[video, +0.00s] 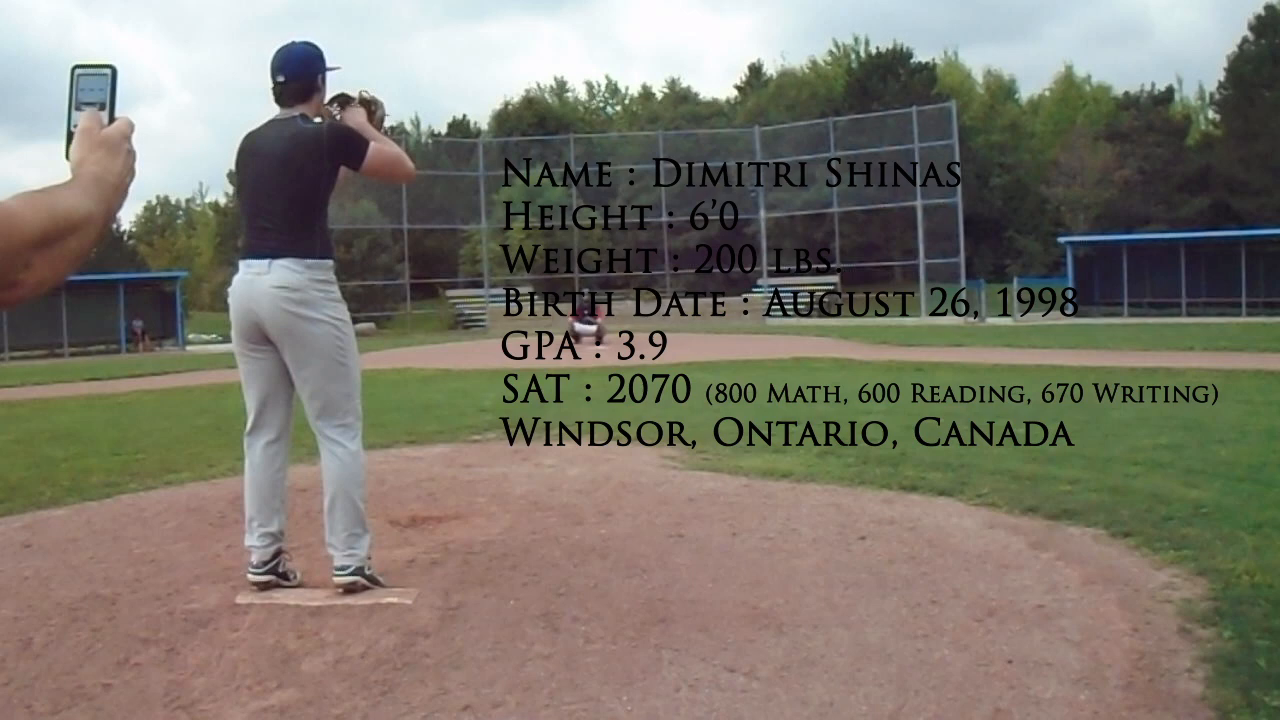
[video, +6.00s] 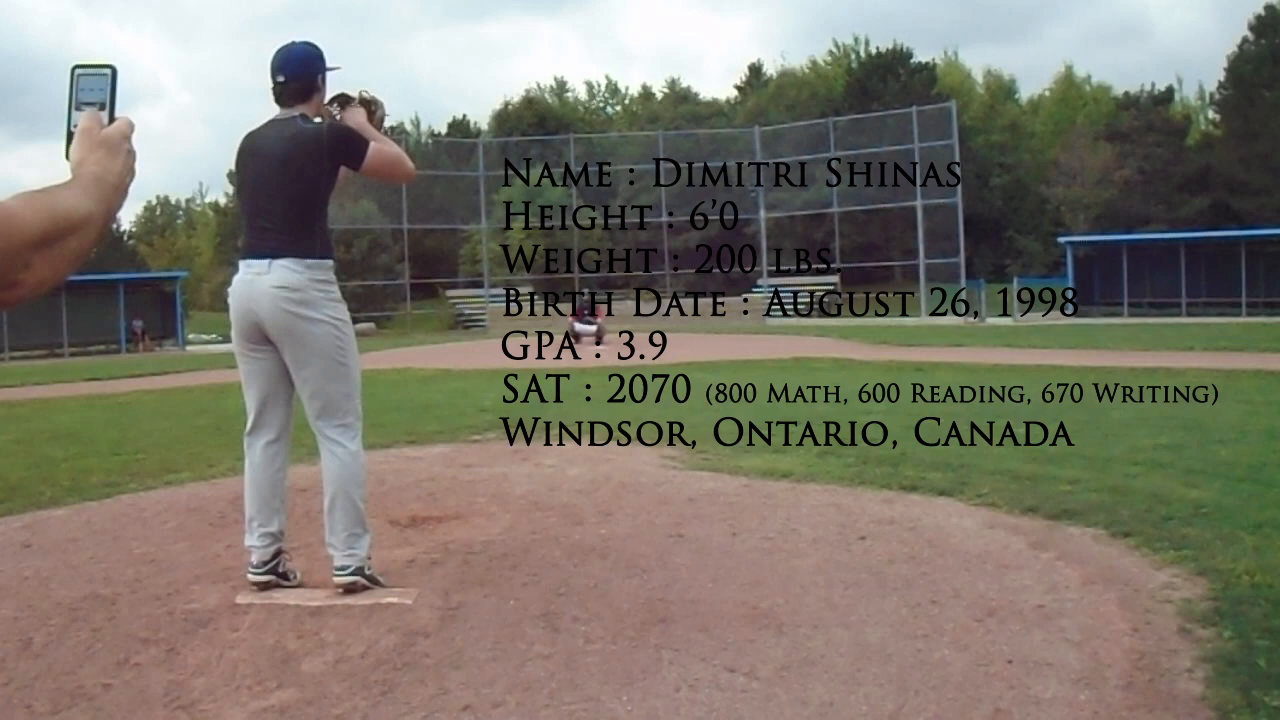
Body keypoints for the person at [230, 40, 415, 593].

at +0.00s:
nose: (327, 88)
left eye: (322, 81)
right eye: (325, 81)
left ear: (275, 88)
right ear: (320, 86)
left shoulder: (250, 143)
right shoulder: (327, 135)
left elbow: (301, 185)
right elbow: (402, 167)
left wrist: (327, 131)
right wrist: (362, 125)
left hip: (246, 288)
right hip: (303, 286)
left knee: (264, 430)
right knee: (338, 429)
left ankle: (263, 558)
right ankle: (350, 561)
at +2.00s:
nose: (327, 88)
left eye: (322, 81)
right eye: (325, 81)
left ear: (275, 88)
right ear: (320, 86)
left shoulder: (250, 143)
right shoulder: (327, 135)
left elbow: (301, 185)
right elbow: (402, 167)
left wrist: (327, 131)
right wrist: (362, 125)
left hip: (246, 288)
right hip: (303, 286)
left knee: (264, 430)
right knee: (338, 429)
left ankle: (263, 558)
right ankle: (350, 561)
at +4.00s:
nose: (327, 88)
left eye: (322, 81)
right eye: (325, 81)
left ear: (275, 88)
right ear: (320, 86)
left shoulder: (250, 143)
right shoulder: (327, 135)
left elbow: (301, 185)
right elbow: (402, 167)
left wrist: (327, 131)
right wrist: (362, 125)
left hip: (246, 288)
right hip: (303, 286)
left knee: (264, 430)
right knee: (338, 429)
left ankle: (263, 558)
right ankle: (350, 561)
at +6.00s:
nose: (327, 88)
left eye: (322, 81)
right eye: (325, 81)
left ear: (275, 88)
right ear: (320, 86)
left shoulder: (250, 143)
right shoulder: (327, 135)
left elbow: (301, 185)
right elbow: (402, 167)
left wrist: (327, 131)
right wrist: (362, 125)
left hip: (246, 288)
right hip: (303, 286)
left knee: (264, 430)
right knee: (338, 429)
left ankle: (263, 558)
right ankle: (350, 561)